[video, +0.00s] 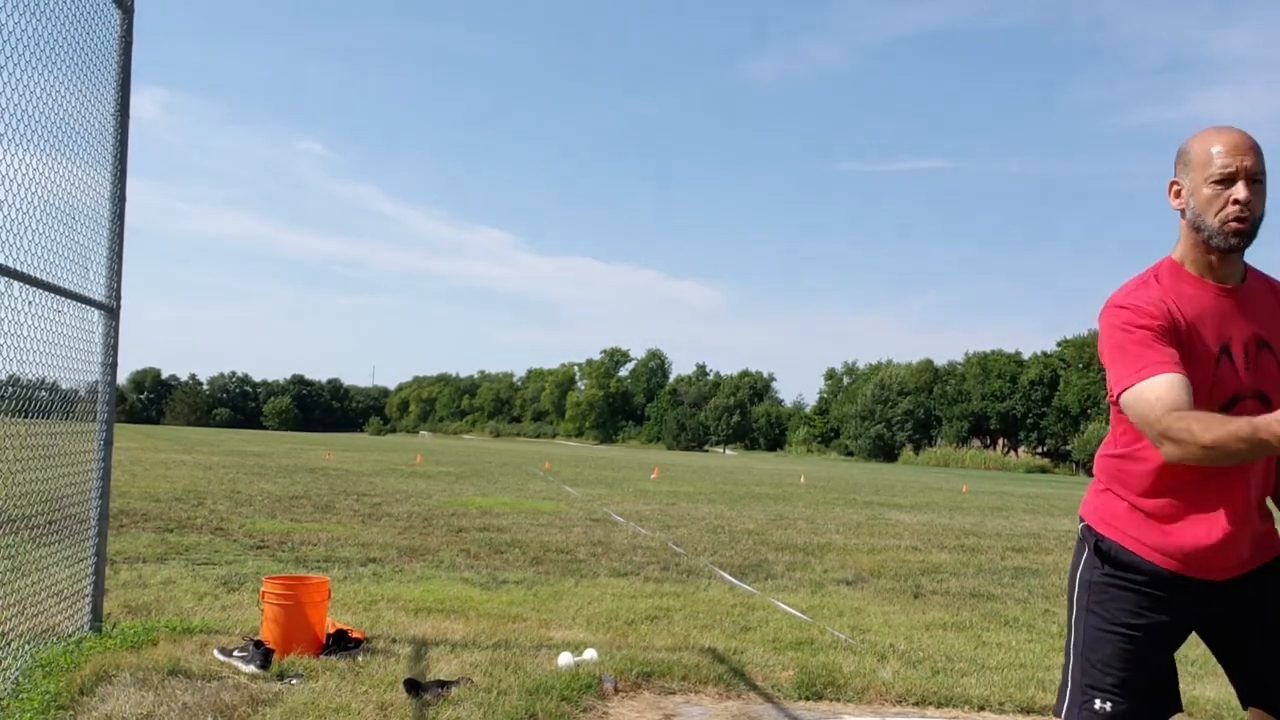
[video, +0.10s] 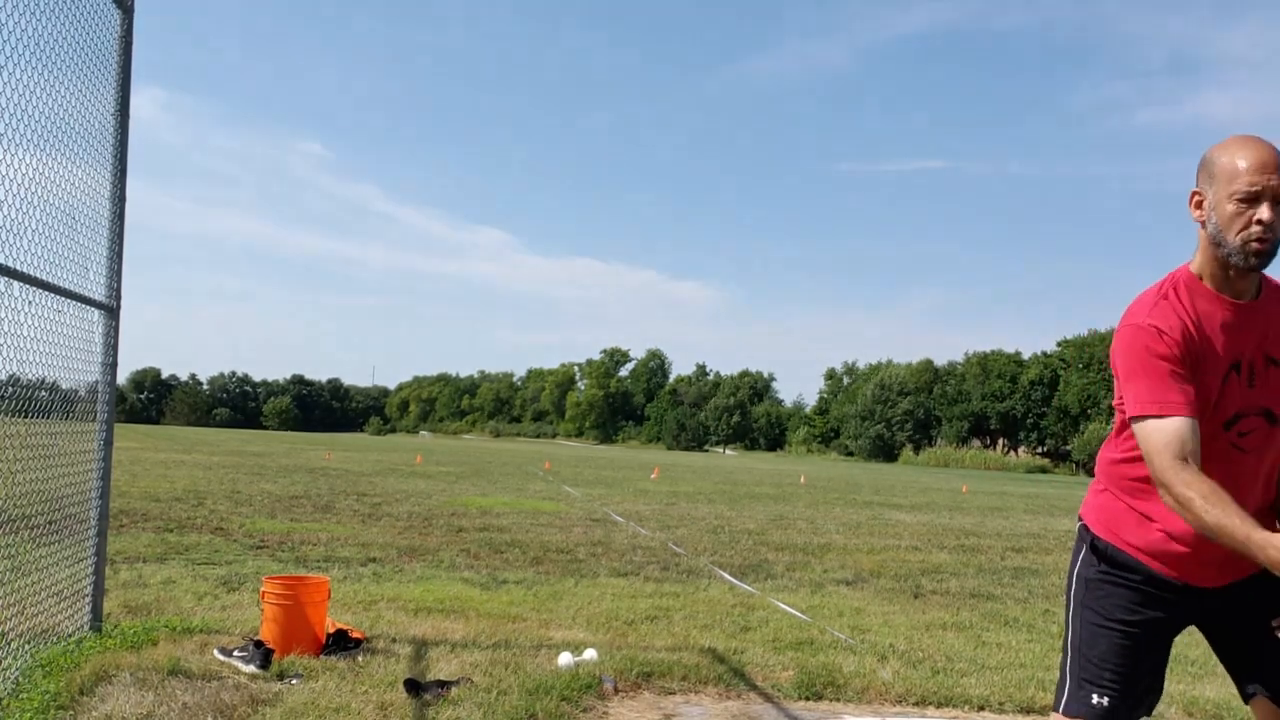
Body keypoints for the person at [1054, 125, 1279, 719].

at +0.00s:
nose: (1244, 195)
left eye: (1255, 181)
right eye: (1225, 180)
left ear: (1266, 193)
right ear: (1179, 195)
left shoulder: (1273, 304)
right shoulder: (1137, 308)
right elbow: (1175, 435)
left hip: (1248, 560)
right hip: (1134, 559)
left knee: (1275, 702)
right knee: (1103, 712)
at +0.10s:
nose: (1267, 217)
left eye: (1276, 200)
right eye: (1249, 199)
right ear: (1201, 207)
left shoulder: (1279, 310)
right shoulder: (1156, 320)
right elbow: (1174, 471)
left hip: (1245, 564)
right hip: (1135, 560)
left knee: (1277, 701)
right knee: (1090, 712)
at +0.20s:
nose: (1279, 244)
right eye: (1268, 227)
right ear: (1225, 216)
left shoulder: (1273, 317)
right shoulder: (1168, 331)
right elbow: (1155, 493)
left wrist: (1273, 558)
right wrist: (1252, 604)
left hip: (1247, 569)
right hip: (1135, 559)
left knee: (1277, 702)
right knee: (1096, 711)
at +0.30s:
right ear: (1245, 223)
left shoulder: (1271, 323)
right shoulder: (1180, 334)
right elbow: (1131, 481)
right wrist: (1224, 592)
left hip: (1257, 568)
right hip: (1138, 559)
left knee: (1277, 704)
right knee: (1087, 712)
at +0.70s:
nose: (1273, 276)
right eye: (1260, 255)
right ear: (1219, 235)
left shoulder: (1273, 335)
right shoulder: (1155, 332)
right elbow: (1042, 455)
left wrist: (1263, 516)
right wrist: (1164, 542)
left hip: (1249, 565)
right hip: (1123, 565)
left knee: (1277, 701)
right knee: (1099, 711)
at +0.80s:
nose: (1270, 274)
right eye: (1255, 253)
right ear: (1212, 231)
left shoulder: (1277, 328)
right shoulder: (1143, 331)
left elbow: (1276, 464)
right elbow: (1053, 466)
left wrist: (1271, 507)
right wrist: (1186, 534)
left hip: (1243, 563)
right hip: (1122, 561)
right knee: (1099, 711)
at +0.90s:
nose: (1267, 262)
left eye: (1279, 244)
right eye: (1252, 242)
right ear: (1208, 221)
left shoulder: (1277, 314)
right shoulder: (1136, 322)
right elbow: (1073, 461)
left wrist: (1275, 488)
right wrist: (1203, 504)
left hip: (1246, 557)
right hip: (1125, 548)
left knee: (1278, 701)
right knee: (1083, 709)